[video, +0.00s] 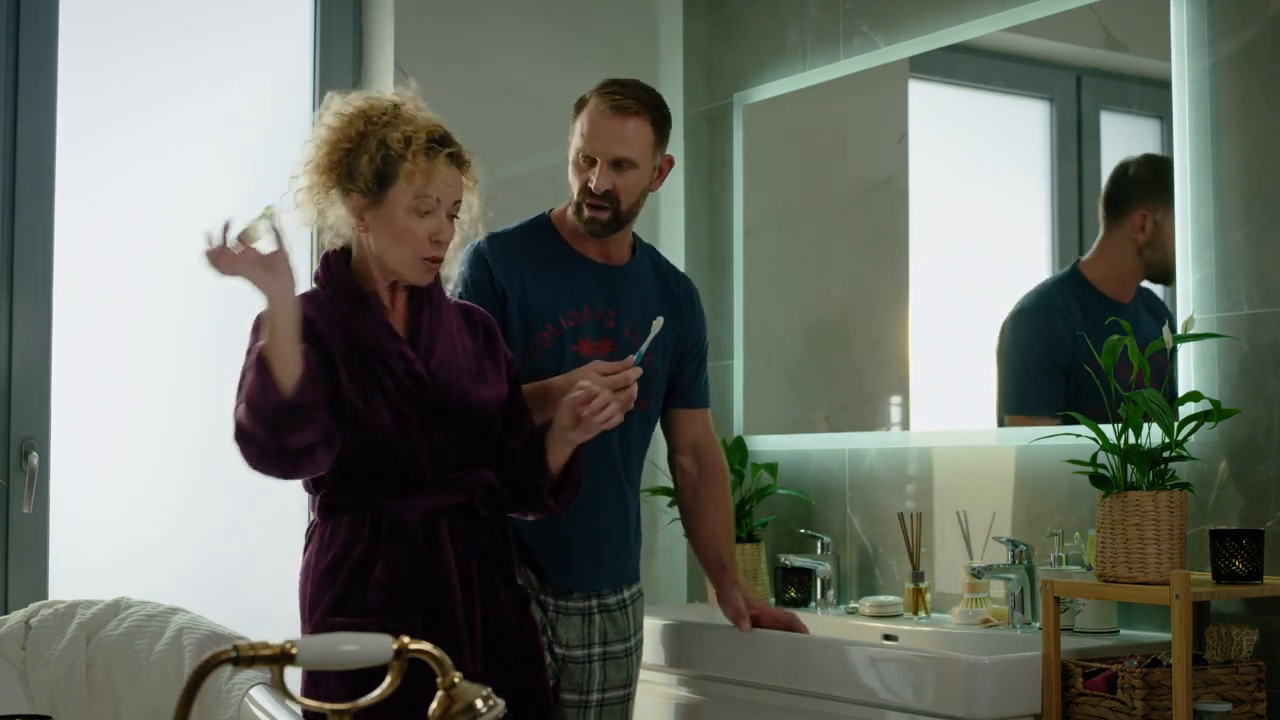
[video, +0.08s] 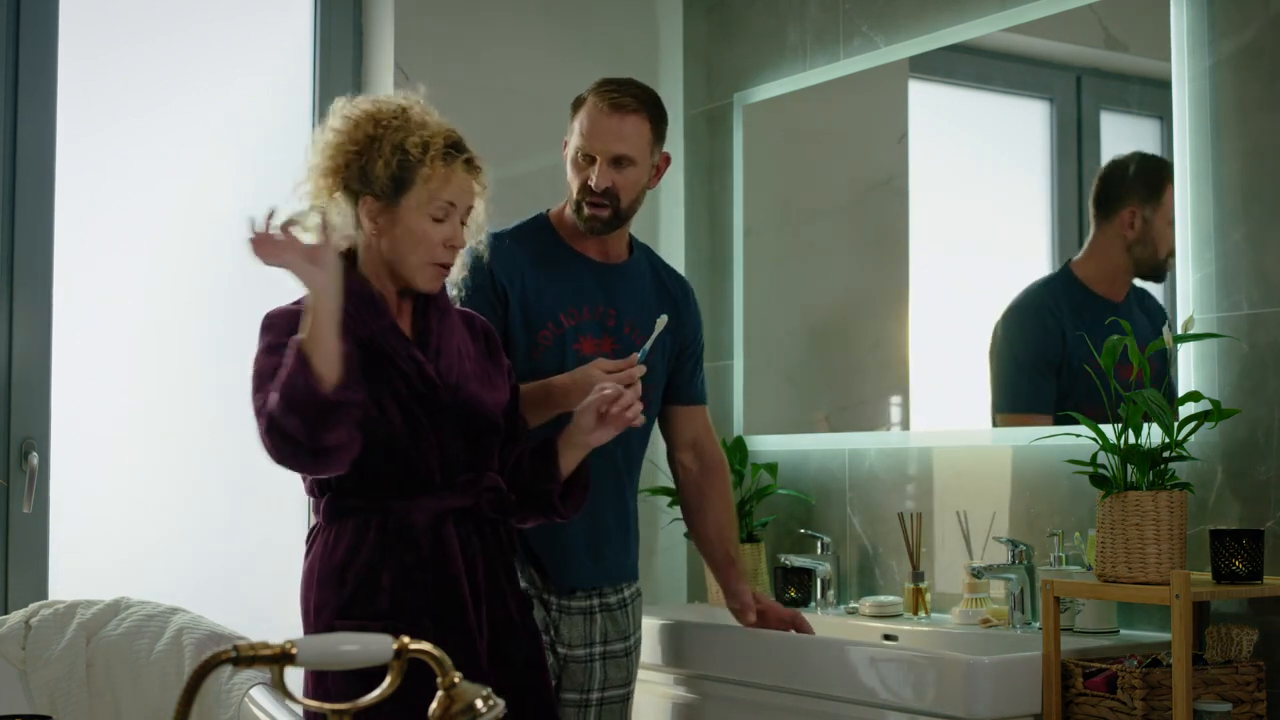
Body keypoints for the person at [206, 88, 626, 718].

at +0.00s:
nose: (443, 234)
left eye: (451, 215)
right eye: (423, 211)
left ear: (461, 217)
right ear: (360, 210)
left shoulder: (475, 331)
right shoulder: (305, 325)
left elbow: (509, 488)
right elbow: (282, 453)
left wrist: (562, 434)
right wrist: (281, 300)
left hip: (485, 600)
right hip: (368, 602)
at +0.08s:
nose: (459, 240)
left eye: (464, 220)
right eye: (439, 217)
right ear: (373, 217)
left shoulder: (474, 336)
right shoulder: (301, 328)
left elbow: (508, 491)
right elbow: (309, 446)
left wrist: (578, 435)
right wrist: (325, 293)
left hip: (487, 604)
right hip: (372, 609)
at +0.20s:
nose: (476, 247)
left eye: (482, 227)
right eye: (457, 222)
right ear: (389, 217)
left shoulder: (477, 346)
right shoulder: (316, 332)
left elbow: (507, 491)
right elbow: (365, 454)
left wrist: (599, 445)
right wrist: (392, 304)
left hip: (490, 611)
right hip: (377, 617)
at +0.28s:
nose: (498, 251)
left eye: (501, 229)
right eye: (479, 226)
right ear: (407, 223)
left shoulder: (482, 349)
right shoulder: (330, 335)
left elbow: (510, 495)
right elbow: (403, 460)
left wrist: (611, 450)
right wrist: (442, 314)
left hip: (495, 611)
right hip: (385, 618)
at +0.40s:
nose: (527, 248)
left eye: (529, 229)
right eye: (514, 224)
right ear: (444, 222)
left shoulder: (477, 330)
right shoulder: (358, 331)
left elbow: (523, 496)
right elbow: (450, 456)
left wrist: (628, 454)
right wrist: (510, 316)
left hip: (498, 610)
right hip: (399, 618)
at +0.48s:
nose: (552, 242)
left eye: (553, 225)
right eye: (536, 223)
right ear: (467, 214)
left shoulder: (504, 326)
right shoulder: (382, 327)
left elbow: (531, 494)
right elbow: (479, 455)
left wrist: (636, 462)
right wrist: (550, 317)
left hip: (509, 601)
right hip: (415, 611)